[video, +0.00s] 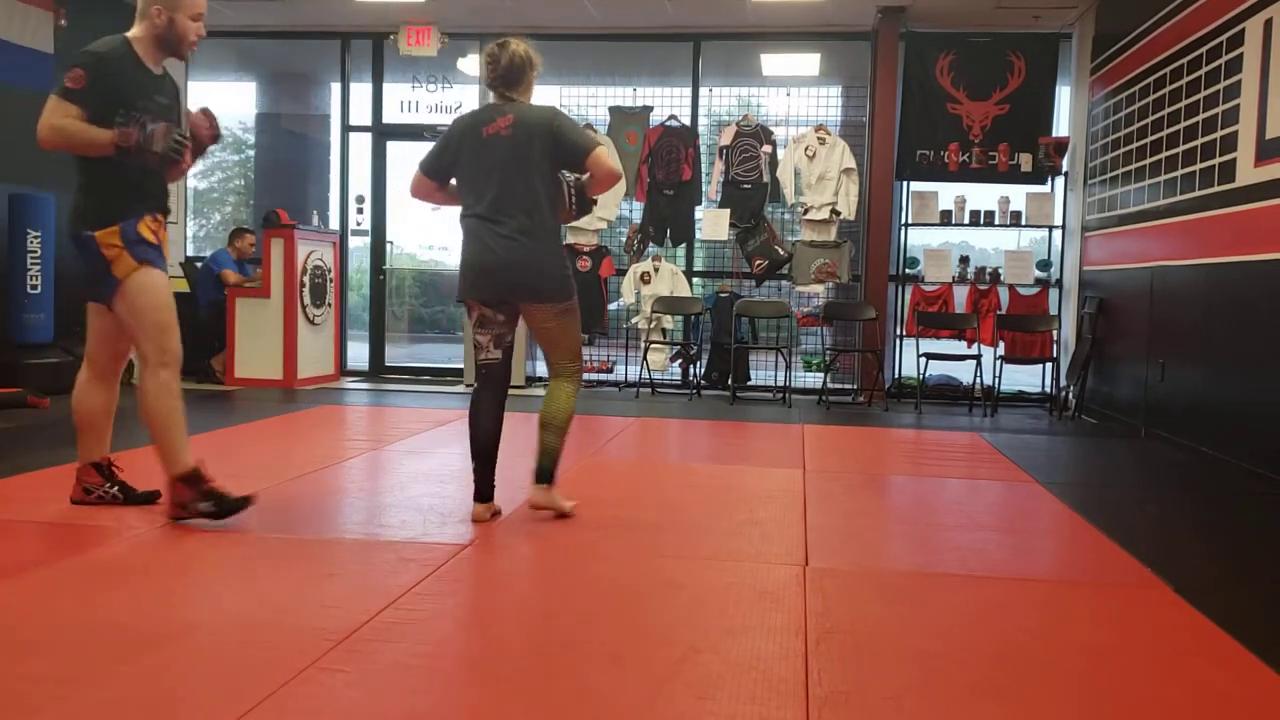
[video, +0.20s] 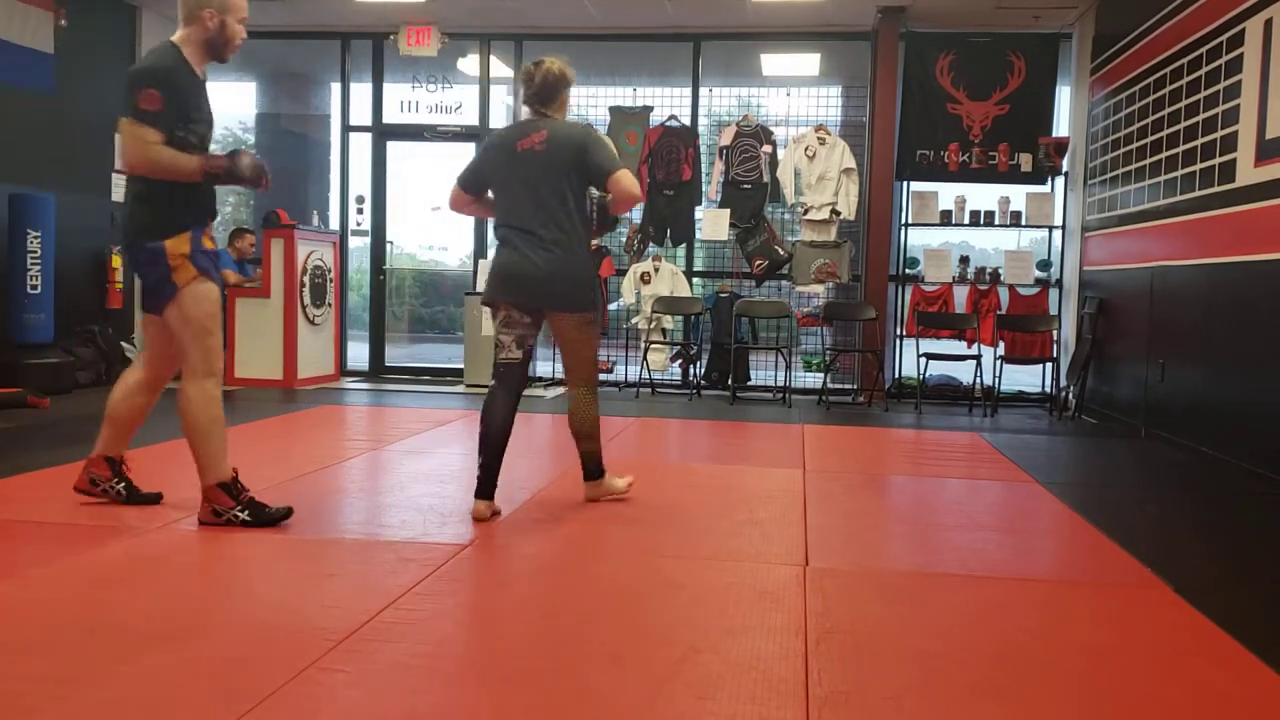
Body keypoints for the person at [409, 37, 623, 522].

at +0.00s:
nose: (534, 83)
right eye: (533, 76)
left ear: (487, 79)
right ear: (531, 79)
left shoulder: (464, 127)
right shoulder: (549, 120)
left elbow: (423, 187)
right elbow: (609, 170)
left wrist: (474, 196)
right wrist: (575, 200)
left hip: (481, 268)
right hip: (541, 268)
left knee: (489, 378)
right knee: (564, 371)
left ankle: (483, 500)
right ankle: (543, 486)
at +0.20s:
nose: (569, 101)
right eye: (569, 95)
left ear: (525, 96)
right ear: (566, 97)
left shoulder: (500, 142)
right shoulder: (583, 137)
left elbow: (461, 201)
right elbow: (628, 192)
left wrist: (508, 209)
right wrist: (601, 217)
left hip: (512, 273)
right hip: (570, 276)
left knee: (506, 379)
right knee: (582, 383)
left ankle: (483, 497)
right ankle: (595, 480)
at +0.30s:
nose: (593, 106)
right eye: (592, 100)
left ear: (548, 102)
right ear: (587, 102)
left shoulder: (523, 146)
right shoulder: (602, 143)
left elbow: (485, 208)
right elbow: (646, 202)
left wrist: (529, 213)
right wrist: (620, 222)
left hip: (533, 276)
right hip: (591, 278)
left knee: (521, 378)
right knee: (596, 383)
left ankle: (487, 486)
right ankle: (595, 483)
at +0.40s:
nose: (617, 107)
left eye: (615, 100)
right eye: (616, 101)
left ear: (570, 102)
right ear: (607, 103)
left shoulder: (542, 145)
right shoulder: (623, 142)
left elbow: (506, 208)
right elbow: (661, 204)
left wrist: (550, 212)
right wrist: (639, 215)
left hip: (556, 273)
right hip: (612, 273)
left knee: (547, 374)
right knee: (607, 379)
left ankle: (503, 459)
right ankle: (596, 483)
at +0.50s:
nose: (634, 110)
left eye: (633, 103)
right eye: (633, 103)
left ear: (588, 103)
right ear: (624, 104)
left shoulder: (562, 145)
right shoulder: (638, 141)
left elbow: (526, 209)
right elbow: (675, 205)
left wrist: (569, 216)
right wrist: (653, 211)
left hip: (574, 269)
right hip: (625, 269)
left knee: (578, 368)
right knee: (611, 379)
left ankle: (536, 451)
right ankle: (597, 483)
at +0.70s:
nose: (666, 117)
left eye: (666, 110)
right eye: (665, 109)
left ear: (620, 109)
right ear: (655, 109)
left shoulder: (595, 152)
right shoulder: (666, 146)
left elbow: (565, 217)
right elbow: (698, 211)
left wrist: (605, 224)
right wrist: (694, 228)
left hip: (604, 268)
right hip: (650, 266)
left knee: (635, 366)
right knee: (622, 374)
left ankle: (640, 467)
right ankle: (596, 482)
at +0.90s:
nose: (701, 126)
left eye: (701, 118)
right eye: (699, 118)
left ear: (660, 119)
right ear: (684, 116)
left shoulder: (636, 162)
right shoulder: (690, 156)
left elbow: (608, 226)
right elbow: (706, 223)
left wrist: (643, 244)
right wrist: (737, 267)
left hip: (641, 273)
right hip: (678, 274)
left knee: (674, 369)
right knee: (650, 377)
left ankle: (674, 469)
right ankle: (601, 472)